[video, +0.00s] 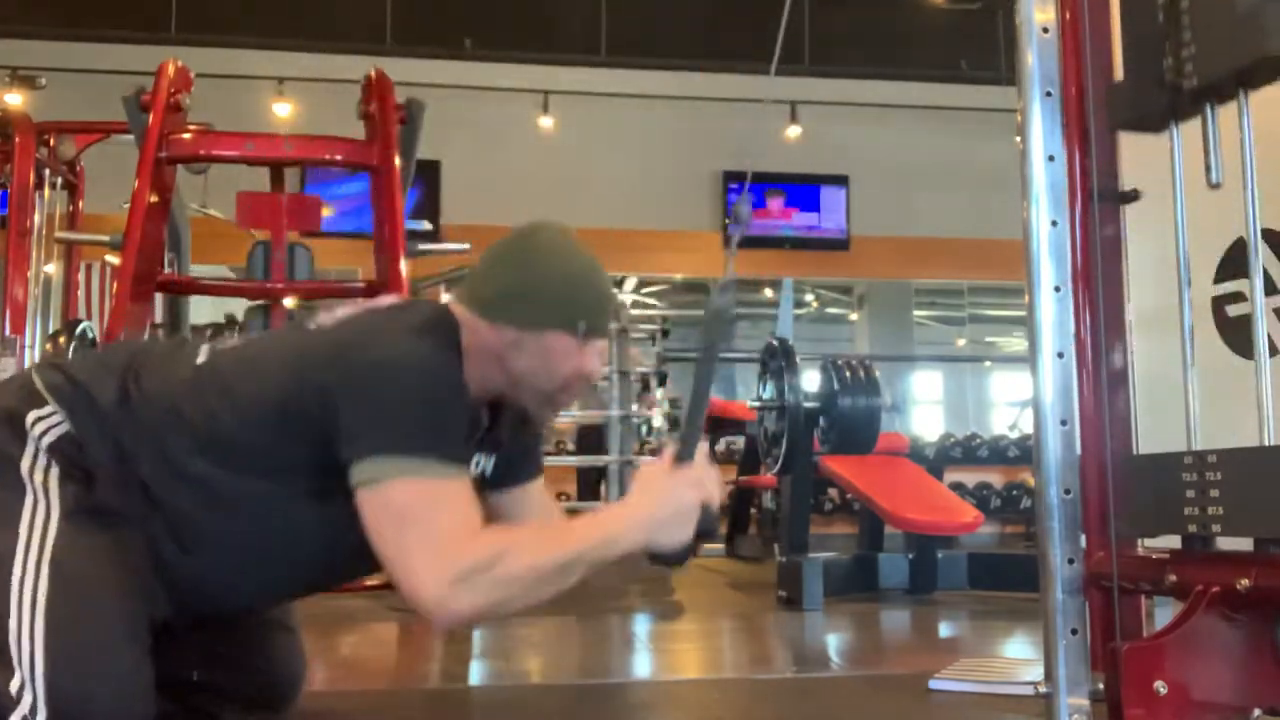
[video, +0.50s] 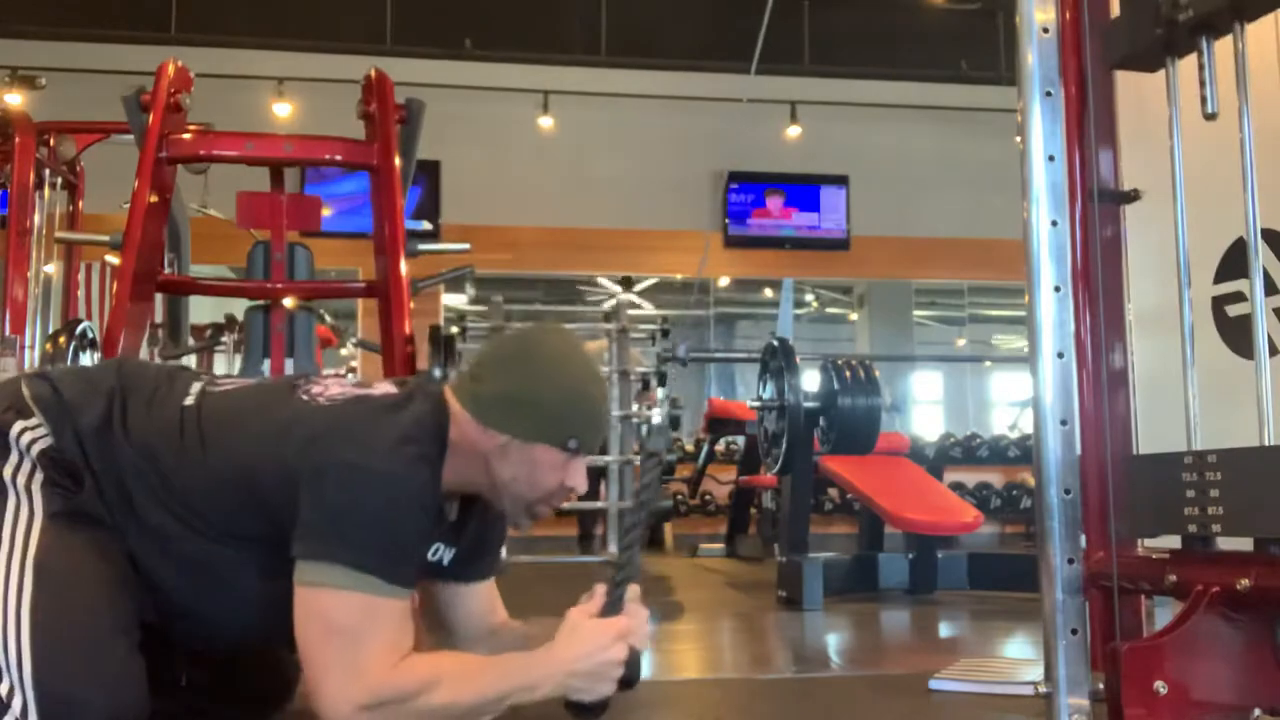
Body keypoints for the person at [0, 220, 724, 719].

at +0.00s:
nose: (596, 364)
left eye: (599, 343)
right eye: (586, 338)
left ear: (519, 329)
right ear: (521, 325)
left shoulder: (502, 408)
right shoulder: (402, 363)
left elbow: (529, 558)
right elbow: (448, 586)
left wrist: (641, 526)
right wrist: (634, 520)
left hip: (182, 505)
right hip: (75, 444)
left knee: (260, 674)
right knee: (82, 701)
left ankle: (77, 661)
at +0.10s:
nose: (590, 416)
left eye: (594, 391)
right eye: (580, 387)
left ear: (524, 378)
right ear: (513, 373)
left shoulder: (483, 434)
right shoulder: (386, 409)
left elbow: (511, 588)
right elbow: (408, 639)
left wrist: (609, 588)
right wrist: (598, 587)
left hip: (175, 499)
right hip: (62, 453)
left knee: (261, 677)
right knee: (79, 699)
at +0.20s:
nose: (581, 450)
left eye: (588, 426)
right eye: (568, 422)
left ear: (504, 418)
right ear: (494, 408)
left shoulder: (480, 464)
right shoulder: (374, 441)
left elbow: (489, 615)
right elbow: (372, 675)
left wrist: (586, 632)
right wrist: (566, 630)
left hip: (177, 504)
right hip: (58, 454)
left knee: (254, 681)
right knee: (82, 702)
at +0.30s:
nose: (578, 475)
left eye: (584, 451)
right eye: (568, 447)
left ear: (501, 435)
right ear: (497, 429)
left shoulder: (468, 477)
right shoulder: (368, 463)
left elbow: (474, 627)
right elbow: (348, 688)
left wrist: (563, 650)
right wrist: (542, 655)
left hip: (178, 492)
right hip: (62, 455)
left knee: (251, 690)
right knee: (80, 704)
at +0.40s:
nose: (576, 484)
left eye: (583, 460)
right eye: (565, 456)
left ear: (497, 443)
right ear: (492, 434)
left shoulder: (466, 487)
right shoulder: (369, 471)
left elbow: (471, 637)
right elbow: (339, 690)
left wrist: (564, 645)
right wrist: (534, 671)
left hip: (172, 494)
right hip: (56, 453)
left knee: (247, 688)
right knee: (78, 699)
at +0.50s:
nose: (582, 481)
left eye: (588, 458)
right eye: (572, 454)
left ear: (508, 441)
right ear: (503, 433)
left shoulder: (469, 486)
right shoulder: (374, 467)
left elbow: (480, 638)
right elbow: (352, 691)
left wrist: (572, 647)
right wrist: (550, 668)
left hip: (175, 494)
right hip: (60, 450)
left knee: (249, 688)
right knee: (79, 701)